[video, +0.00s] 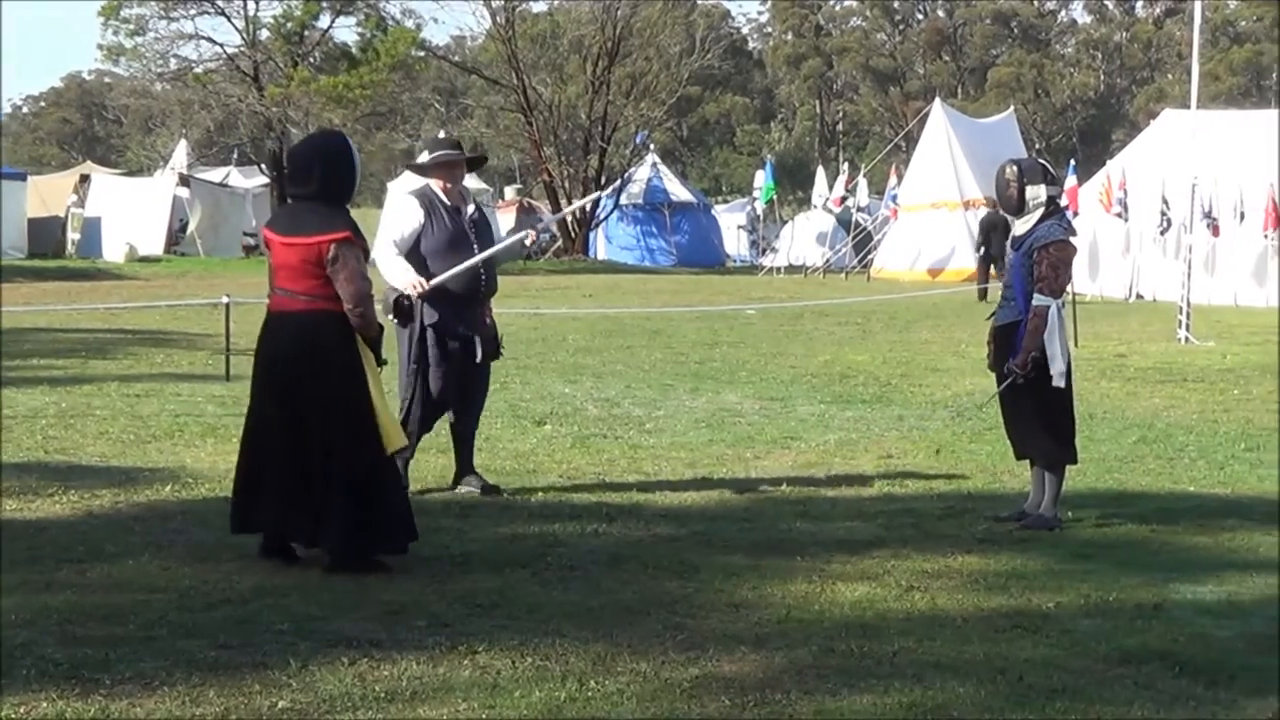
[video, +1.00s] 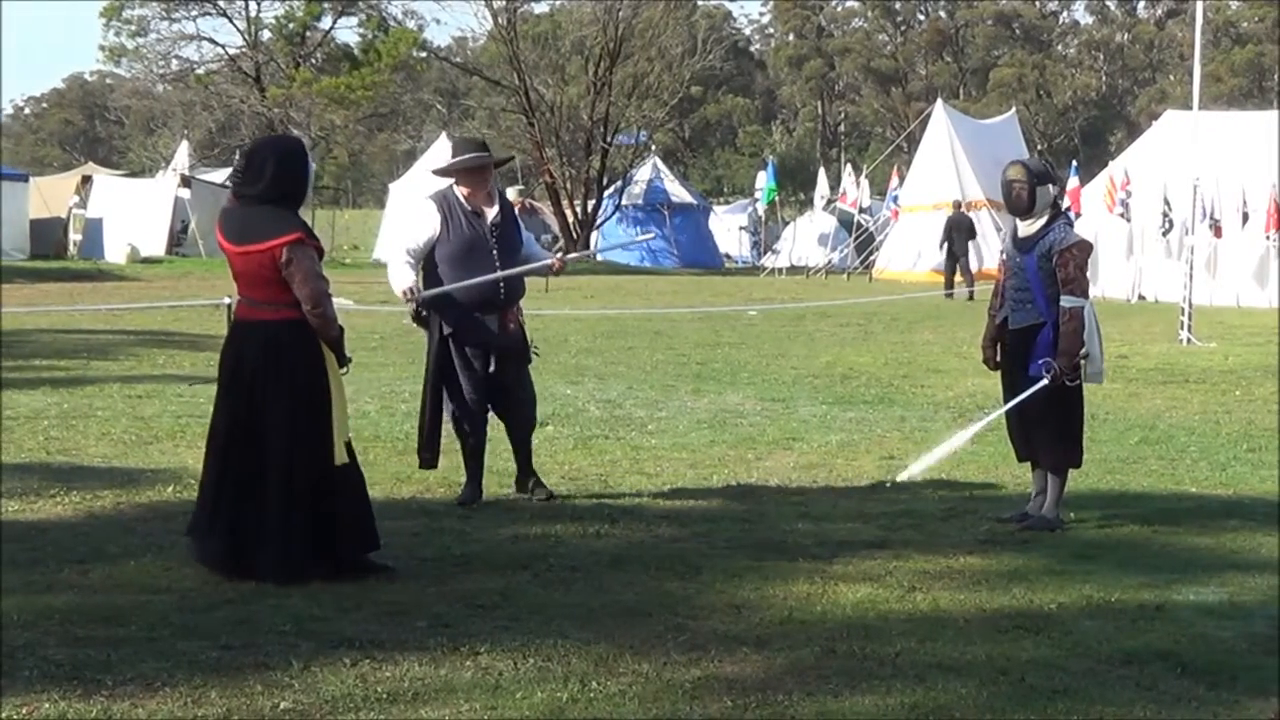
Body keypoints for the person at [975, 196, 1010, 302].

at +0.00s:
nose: (985, 207)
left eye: (986, 205)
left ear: (987, 206)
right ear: (996, 205)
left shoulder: (984, 219)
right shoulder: (1003, 218)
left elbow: (982, 236)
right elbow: (1008, 232)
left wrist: (977, 248)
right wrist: (1003, 240)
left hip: (987, 249)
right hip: (1000, 249)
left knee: (983, 271)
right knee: (1002, 272)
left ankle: (982, 295)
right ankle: (1008, 292)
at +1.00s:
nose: (954, 208)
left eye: (953, 206)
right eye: (956, 206)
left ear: (953, 207)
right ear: (961, 207)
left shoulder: (950, 219)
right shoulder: (968, 219)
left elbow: (946, 234)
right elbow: (973, 235)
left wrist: (941, 243)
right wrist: (964, 238)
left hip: (952, 248)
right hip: (963, 248)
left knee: (949, 271)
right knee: (966, 270)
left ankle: (949, 293)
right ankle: (970, 291)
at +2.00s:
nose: (933, 208)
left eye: (933, 206)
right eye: (936, 205)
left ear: (931, 206)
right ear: (939, 206)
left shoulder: (928, 217)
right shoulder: (945, 218)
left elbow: (924, 232)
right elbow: (952, 232)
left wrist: (921, 241)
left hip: (931, 247)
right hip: (942, 248)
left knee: (930, 269)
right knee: (945, 269)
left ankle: (929, 288)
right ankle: (947, 288)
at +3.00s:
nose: (926, 207)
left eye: (925, 205)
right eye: (927, 205)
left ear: (923, 205)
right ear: (930, 205)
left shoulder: (918, 216)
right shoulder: (935, 216)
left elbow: (913, 228)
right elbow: (941, 229)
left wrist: (909, 238)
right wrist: (933, 231)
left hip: (920, 245)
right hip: (930, 245)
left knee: (919, 266)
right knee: (931, 265)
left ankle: (920, 285)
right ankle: (930, 285)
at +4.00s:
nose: (937, 205)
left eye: (935, 204)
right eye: (938, 204)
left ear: (932, 204)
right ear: (939, 204)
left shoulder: (927, 215)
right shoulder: (942, 215)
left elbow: (922, 226)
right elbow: (950, 228)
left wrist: (919, 235)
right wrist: (944, 223)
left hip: (929, 242)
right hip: (938, 242)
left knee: (930, 261)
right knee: (937, 262)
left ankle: (931, 279)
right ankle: (933, 282)